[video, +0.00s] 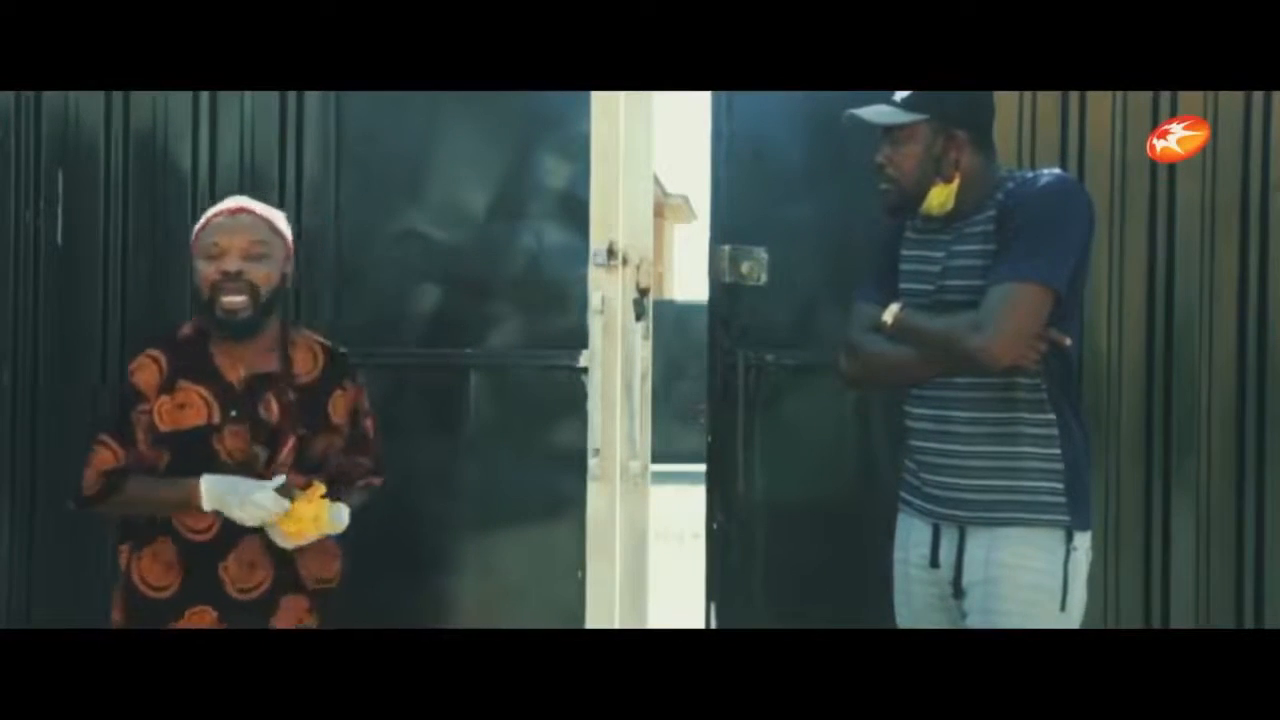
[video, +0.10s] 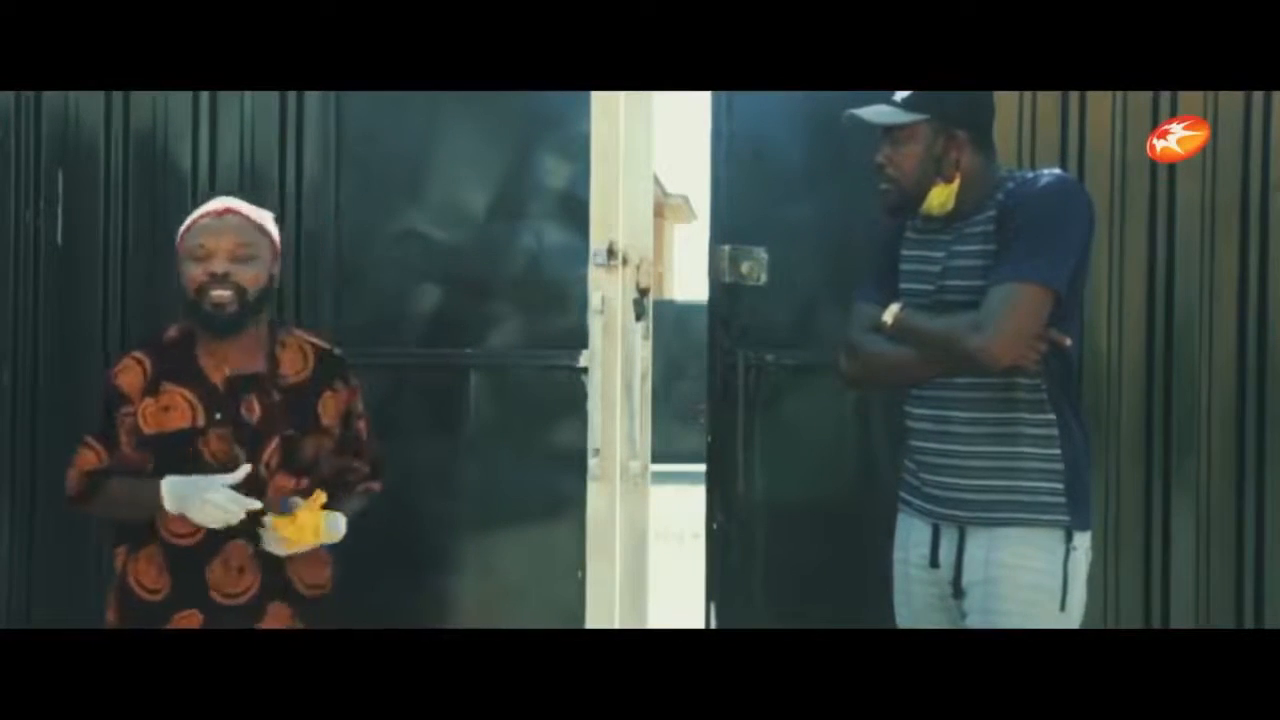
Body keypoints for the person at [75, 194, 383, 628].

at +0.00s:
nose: (231, 270)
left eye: (255, 257)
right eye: (213, 256)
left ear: (286, 271)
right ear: (193, 270)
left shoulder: (328, 371)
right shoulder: (157, 370)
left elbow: (363, 475)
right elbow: (99, 487)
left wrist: (327, 510)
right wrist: (211, 493)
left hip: (288, 613)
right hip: (173, 612)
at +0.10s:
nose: (218, 271)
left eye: (242, 258)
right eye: (201, 257)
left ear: (273, 272)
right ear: (181, 271)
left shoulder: (322, 371)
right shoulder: (143, 372)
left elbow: (363, 478)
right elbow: (86, 486)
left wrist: (324, 519)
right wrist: (174, 497)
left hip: (285, 612)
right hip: (166, 612)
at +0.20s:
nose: (248, 270)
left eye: (263, 255)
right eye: (224, 255)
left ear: (280, 269)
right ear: (186, 273)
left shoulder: (320, 372)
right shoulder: (139, 373)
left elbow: (360, 481)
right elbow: (77, 485)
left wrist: (338, 525)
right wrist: (138, 492)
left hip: (284, 615)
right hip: (165, 614)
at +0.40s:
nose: (313, 262)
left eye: (308, 248)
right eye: (289, 250)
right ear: (233, 269)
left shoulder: (321, 372)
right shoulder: (170, 365)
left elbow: (345, 480)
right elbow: (73, 473)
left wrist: (350, 522)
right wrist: (132, 500)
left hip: (284, 615)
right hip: (176, 615)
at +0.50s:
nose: (329, 262)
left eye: (323, 249)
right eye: (308, 252)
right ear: (255, 272)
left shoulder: (324, 376)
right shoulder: (185, 369)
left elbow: (325, 496)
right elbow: (95, 482)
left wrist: (350, 528)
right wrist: (181, 500)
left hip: (286, 615)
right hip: (181, 616)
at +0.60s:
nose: (341, 268)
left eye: (335, 255)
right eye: (320, 258)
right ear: (267, 276)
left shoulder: (326, 375)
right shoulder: (197, 367)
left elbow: (327, 498)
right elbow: (124, 490)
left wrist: (353, 529)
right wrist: (226, 501)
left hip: (290, 615)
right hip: (188, 614)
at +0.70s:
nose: (340, 275)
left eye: (341, 261)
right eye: (318, 263)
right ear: (265, 278)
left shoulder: (328, 375)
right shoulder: (205, 370)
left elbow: (329, 494)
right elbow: (137, 492)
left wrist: (354, 534)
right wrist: (242, 507)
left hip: (300, 614)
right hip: (206, 615)